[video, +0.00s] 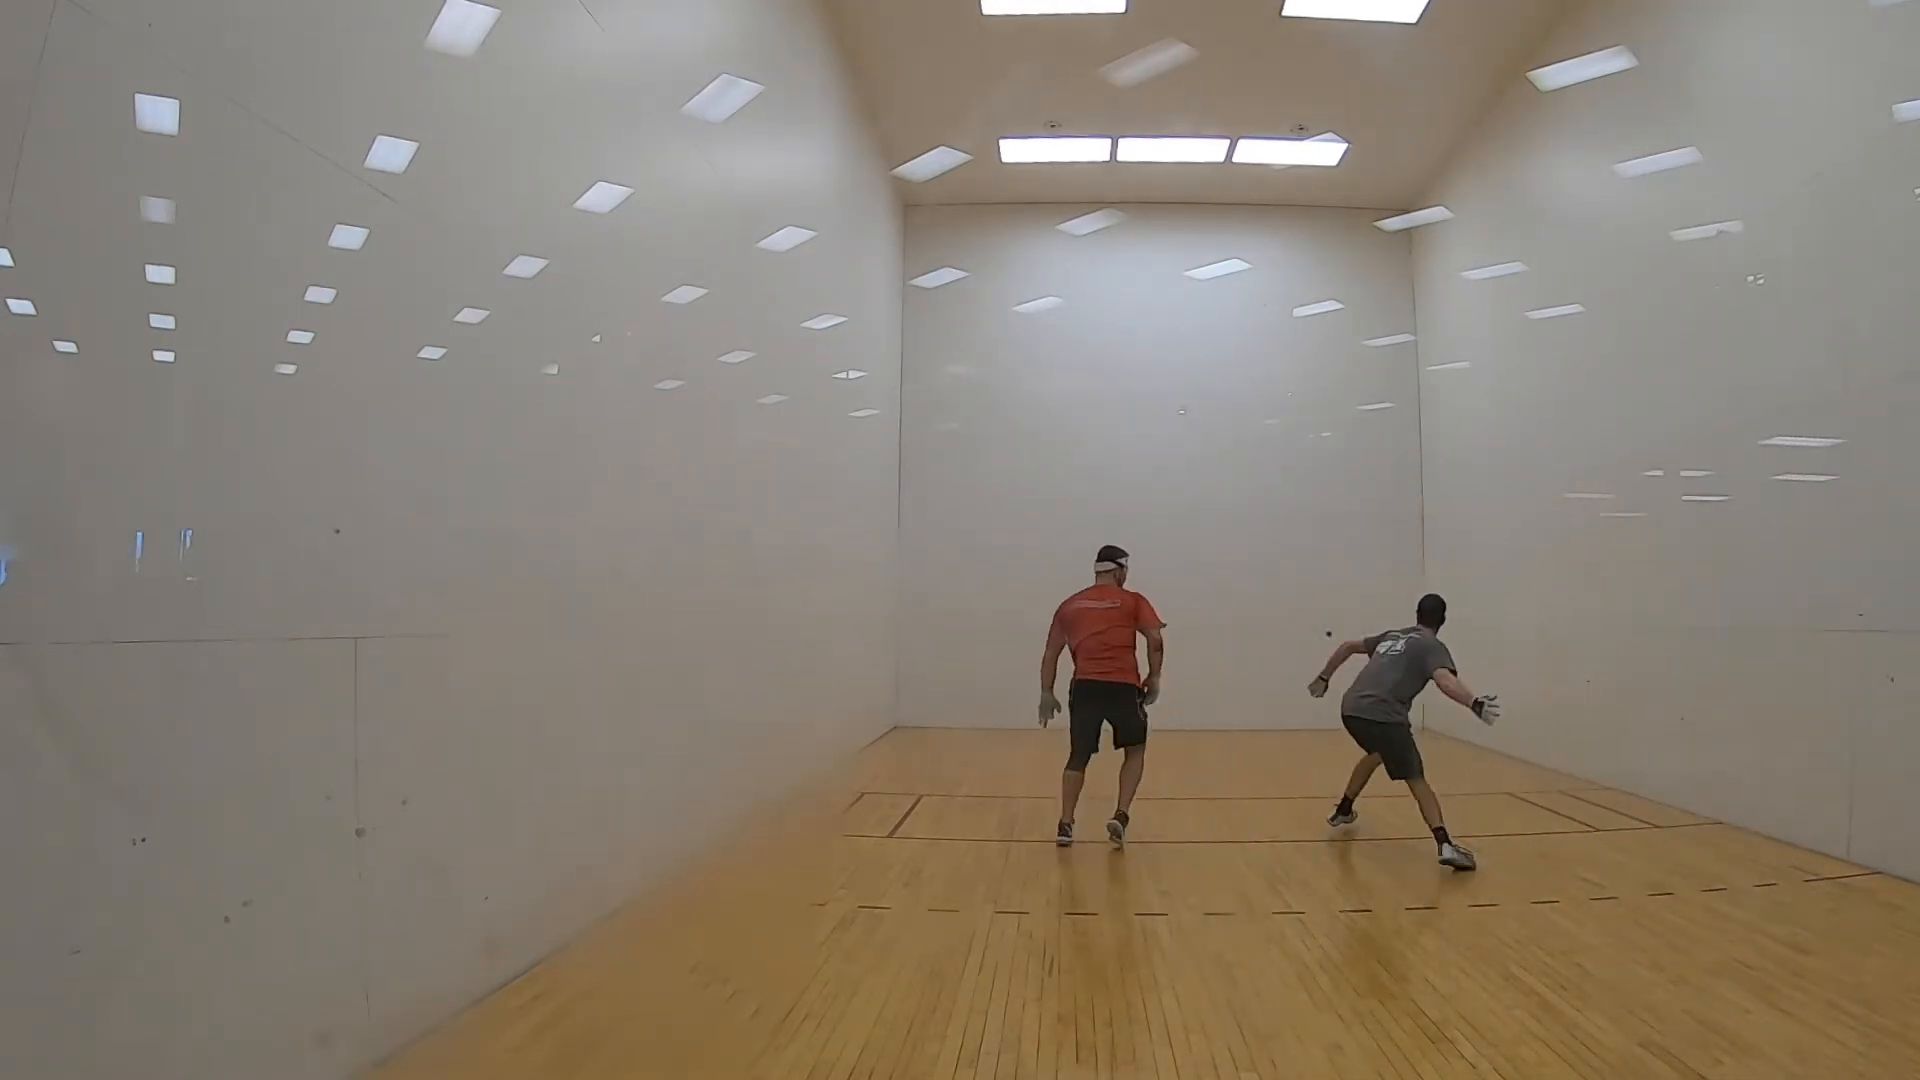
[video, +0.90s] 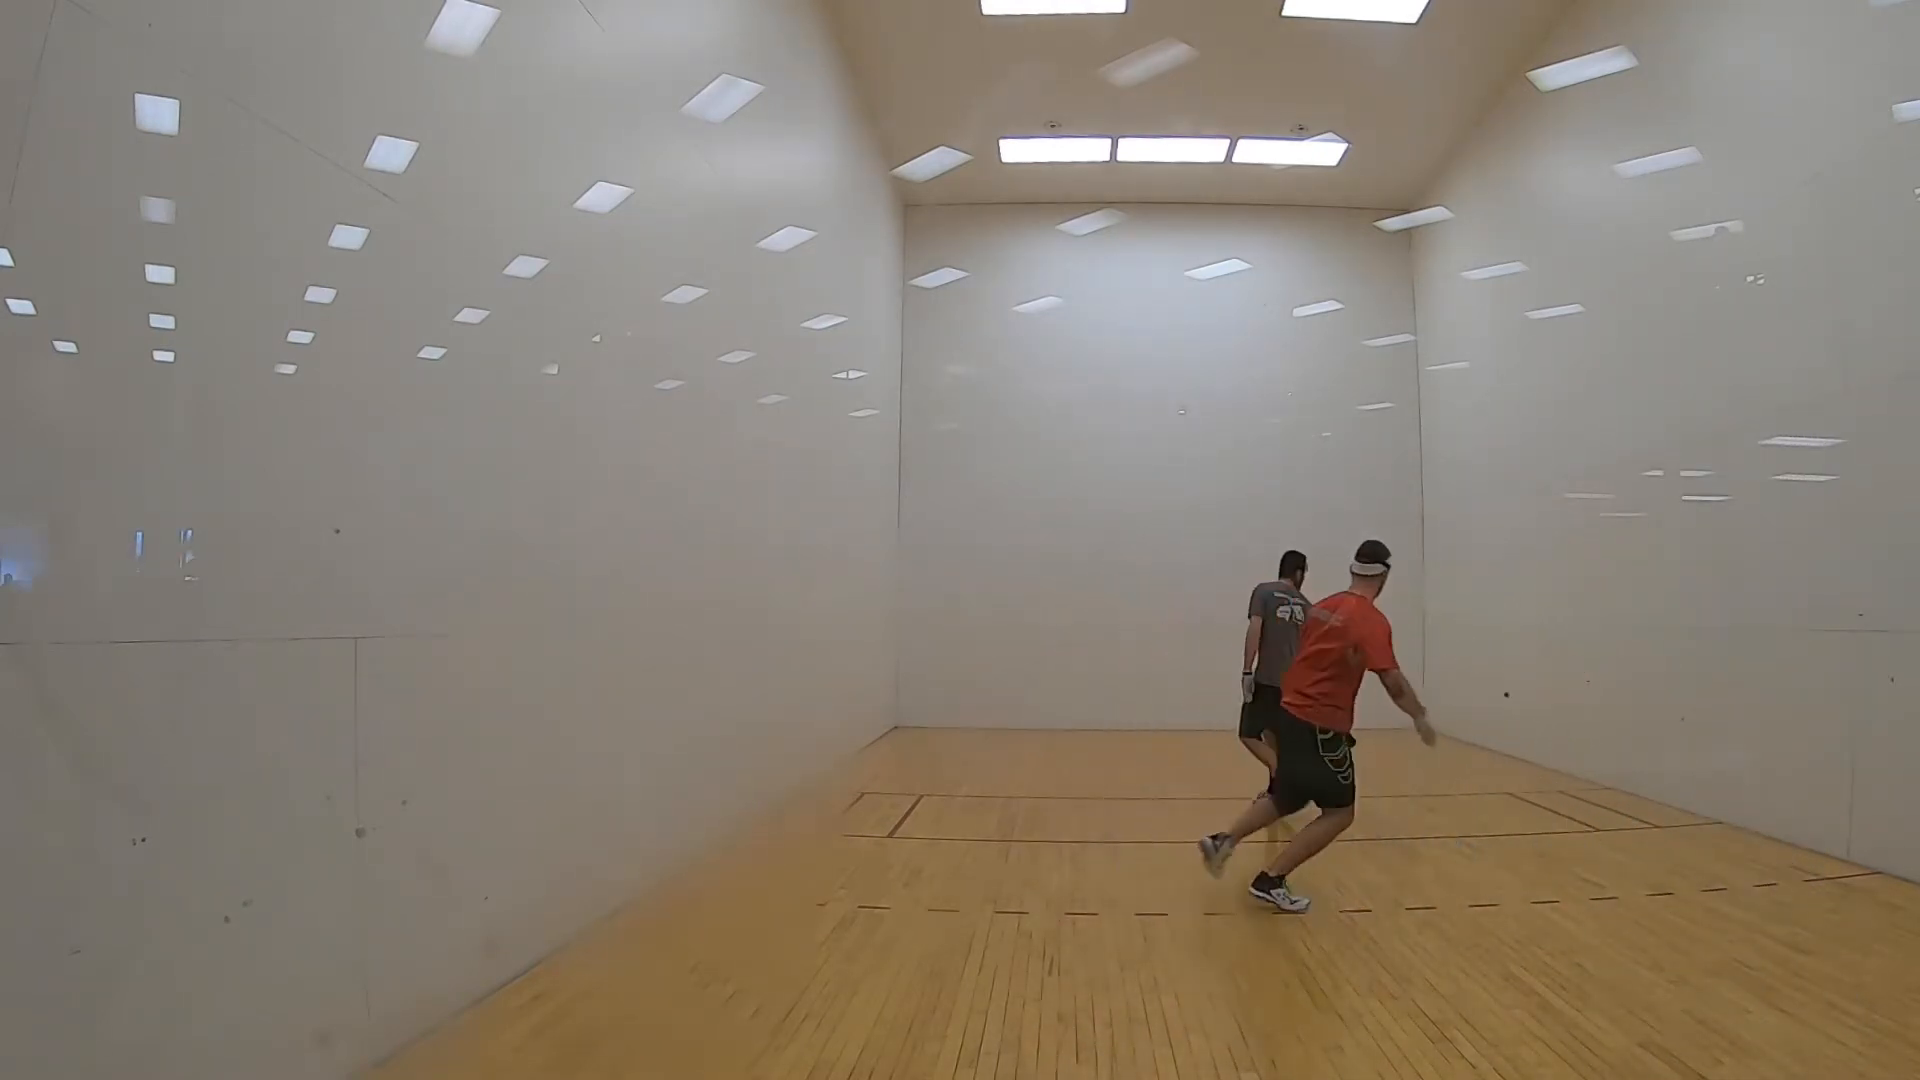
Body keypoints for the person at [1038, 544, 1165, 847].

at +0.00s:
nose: (1127, 576)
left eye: (1126, 572)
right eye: (1126, 572)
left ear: (1096, 572)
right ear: (1121, 573)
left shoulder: (1069, 605)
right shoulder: (1133, 601)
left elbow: (1051, 653)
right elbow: (1155, 639)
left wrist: (1046, 692)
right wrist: (1154, 676)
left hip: (1084, 691)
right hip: (1123, 692)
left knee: (1078, 757)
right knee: (1134, 751)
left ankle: (1066, 823)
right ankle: (1121, 815)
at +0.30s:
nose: (1158, 563)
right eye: (1161, 558)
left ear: (1129, 559)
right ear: (1160, 558)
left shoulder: (1103, 596)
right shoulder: (1171, 597)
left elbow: (1082, 644)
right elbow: (1198, 641)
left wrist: (1074, 684)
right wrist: (1192, 659)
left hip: (1107, 699)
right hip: (1148, 702)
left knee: (1088, 763)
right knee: (1154, 775)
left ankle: (1066, 823)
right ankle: (1132, 846)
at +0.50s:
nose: (1191, 551)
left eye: (1180, 544)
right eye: (1197, 545)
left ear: (1169, 545)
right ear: (1201, 546)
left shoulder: (1143, 582)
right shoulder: (1213, 583)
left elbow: (1118, 629)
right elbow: (1240, 624)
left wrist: (1118, 674)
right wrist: (1235, 648)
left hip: (1146, 684)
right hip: (1188, 688)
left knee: (1140, 762)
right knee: (1187, 769)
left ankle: (1115, 835)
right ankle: (1160, 848)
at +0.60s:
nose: (1218, 567)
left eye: (1209, 560)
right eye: (1222, 563)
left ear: (1191, 561)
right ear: (1223, 564)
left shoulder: (1164, 599)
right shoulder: (1233, 601)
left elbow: (1137, 650)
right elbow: (1249, 649)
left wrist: (1144, 695)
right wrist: (1252, 687)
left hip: (1166, 704)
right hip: (1211, 707)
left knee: (1155, 783)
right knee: (1231, 782)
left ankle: (1127, 857)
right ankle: (1206, 859)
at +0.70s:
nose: (1251, 580)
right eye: (1256, 576)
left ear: (1227, 575)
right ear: (1259, 578)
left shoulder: (1199, 612)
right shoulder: (1263, 617)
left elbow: (1181, 659)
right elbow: (1276, 668)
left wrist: (1193, 704)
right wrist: (1288, 717)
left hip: (1189, 723)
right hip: (1235, 727)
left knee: (1162, 797)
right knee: (1278, 792)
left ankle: (1128, 868)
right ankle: (1267, 868)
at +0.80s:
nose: (1314, 575)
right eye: (1317, 570)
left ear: (1285, 567)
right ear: (1319, 571)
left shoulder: (1256, 605)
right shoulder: (1314, 610)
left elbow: (1242, 657)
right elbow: (1323, 658)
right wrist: (1346, 706)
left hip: (1236, 716)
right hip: (1278, 722)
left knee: (1201, 790)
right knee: (1322, 798)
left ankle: (1144, 853)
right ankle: (1276, 876)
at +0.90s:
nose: (1385, 580)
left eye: (1380, 573)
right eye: (1386, 575)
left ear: (1352, 571)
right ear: (1384, 577)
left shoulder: (1323, 606)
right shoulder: (1372, 621)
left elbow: (1307, 656)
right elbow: (1394, 683)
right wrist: (1420, 716)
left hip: (1291, 716)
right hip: (1323, 727)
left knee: (1286, 797)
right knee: (1341, 814)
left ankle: (1225, 841)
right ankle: (1270, 879)